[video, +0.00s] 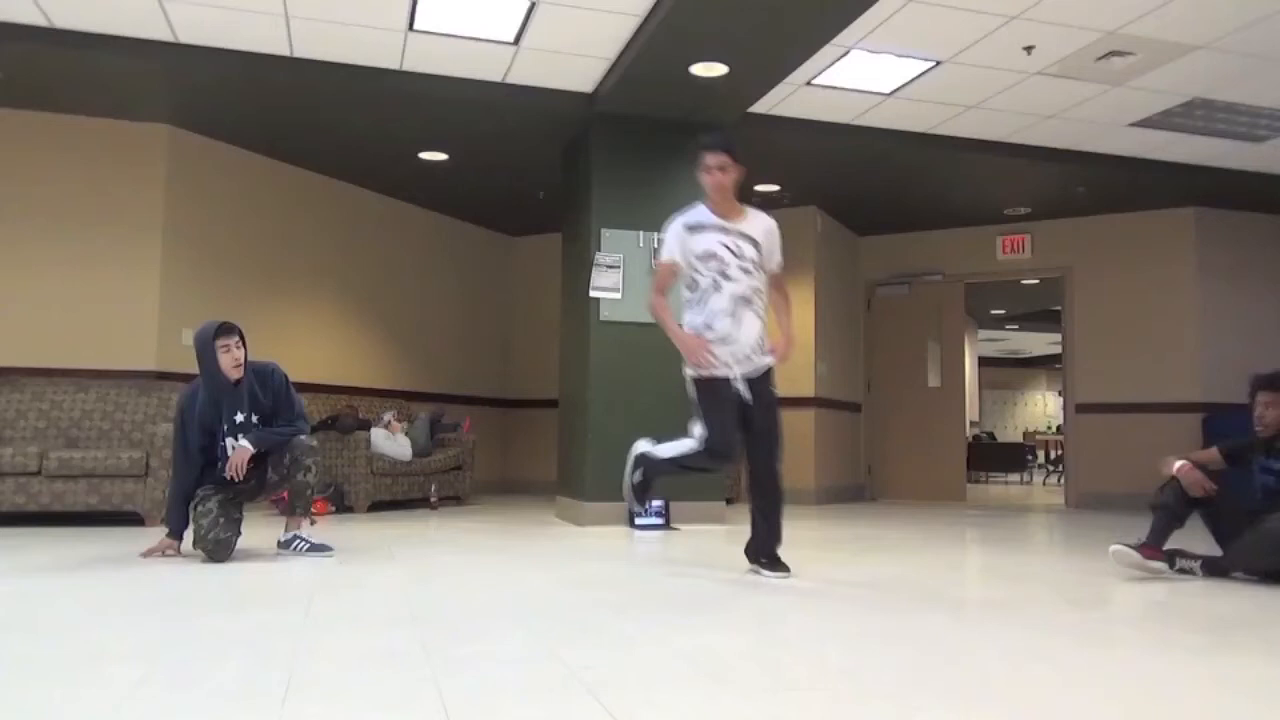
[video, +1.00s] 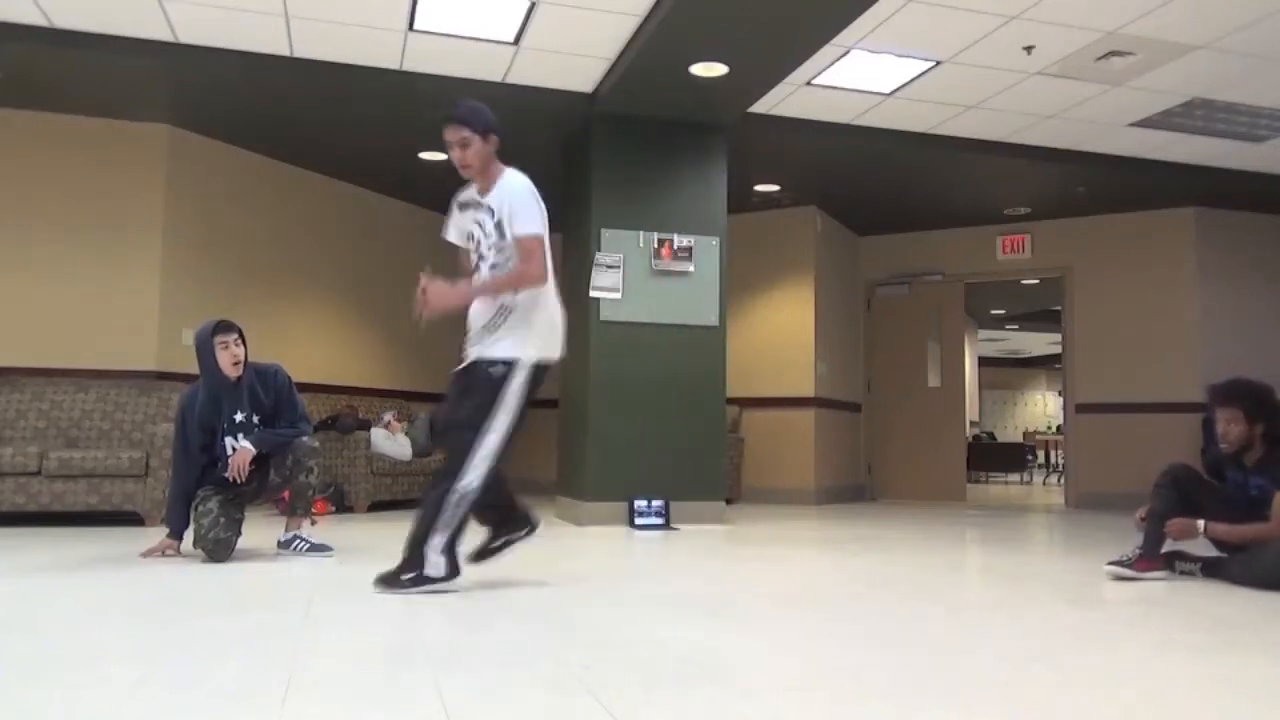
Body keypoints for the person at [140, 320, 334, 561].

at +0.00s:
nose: (237, 355)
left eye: (239, 346)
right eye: (225, 350)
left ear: (245, 348)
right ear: (208, 358)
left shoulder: (268, 377)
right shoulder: (193, 401)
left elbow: (299, 426)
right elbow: (185, 470)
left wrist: (251, 442)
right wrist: (174, 534)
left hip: (262, 474)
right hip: (217, 488)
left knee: (303, 449)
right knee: (216, 550)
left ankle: (292, 534)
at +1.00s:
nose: (235, 352)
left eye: (238, 344)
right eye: (224, 347)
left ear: (245, 347)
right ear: (207, 356)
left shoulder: (272, 378)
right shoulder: (194, 402)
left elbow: (301, 427)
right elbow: (184, 470)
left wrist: (253, 444)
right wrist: (174, 534)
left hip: (263, 475)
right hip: (217, 488)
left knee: (306, 450)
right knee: (216, 549)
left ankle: (292, 534)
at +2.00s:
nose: (232, 356)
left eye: (235, 347)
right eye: (220, 351)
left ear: (243, 349)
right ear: (206, 359)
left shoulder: (271, 379)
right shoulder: (194, 403)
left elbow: (302, 428)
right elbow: (184, 470)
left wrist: (252, 445)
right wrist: (174, 535)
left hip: (264, 476)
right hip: (219, 489)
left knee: (306, 450)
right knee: (216, 549)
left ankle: (292, 534)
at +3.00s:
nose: (232, 356)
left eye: (236, 348)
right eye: (221, 351)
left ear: (244, 350)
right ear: (206, 359)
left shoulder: (272, 379)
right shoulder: (194, 402)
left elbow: (302, 428)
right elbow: (184, 470)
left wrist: (253, 445)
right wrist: (174, 535)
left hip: (264, 476)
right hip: (219, 489)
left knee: (307, 449)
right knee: (215, 549)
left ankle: (292, 534)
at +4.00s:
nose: (230, 356)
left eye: (234, 347)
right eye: (219, 351)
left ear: (242, 350)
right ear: (205, 359)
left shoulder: (272, 380)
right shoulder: (193, 404)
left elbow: (304, 429)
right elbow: (184, 470)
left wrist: (254, 446)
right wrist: (174, 535)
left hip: (265, 477)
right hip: (219, 488)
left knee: (308, 450)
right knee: (215, 549)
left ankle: (292, 534)